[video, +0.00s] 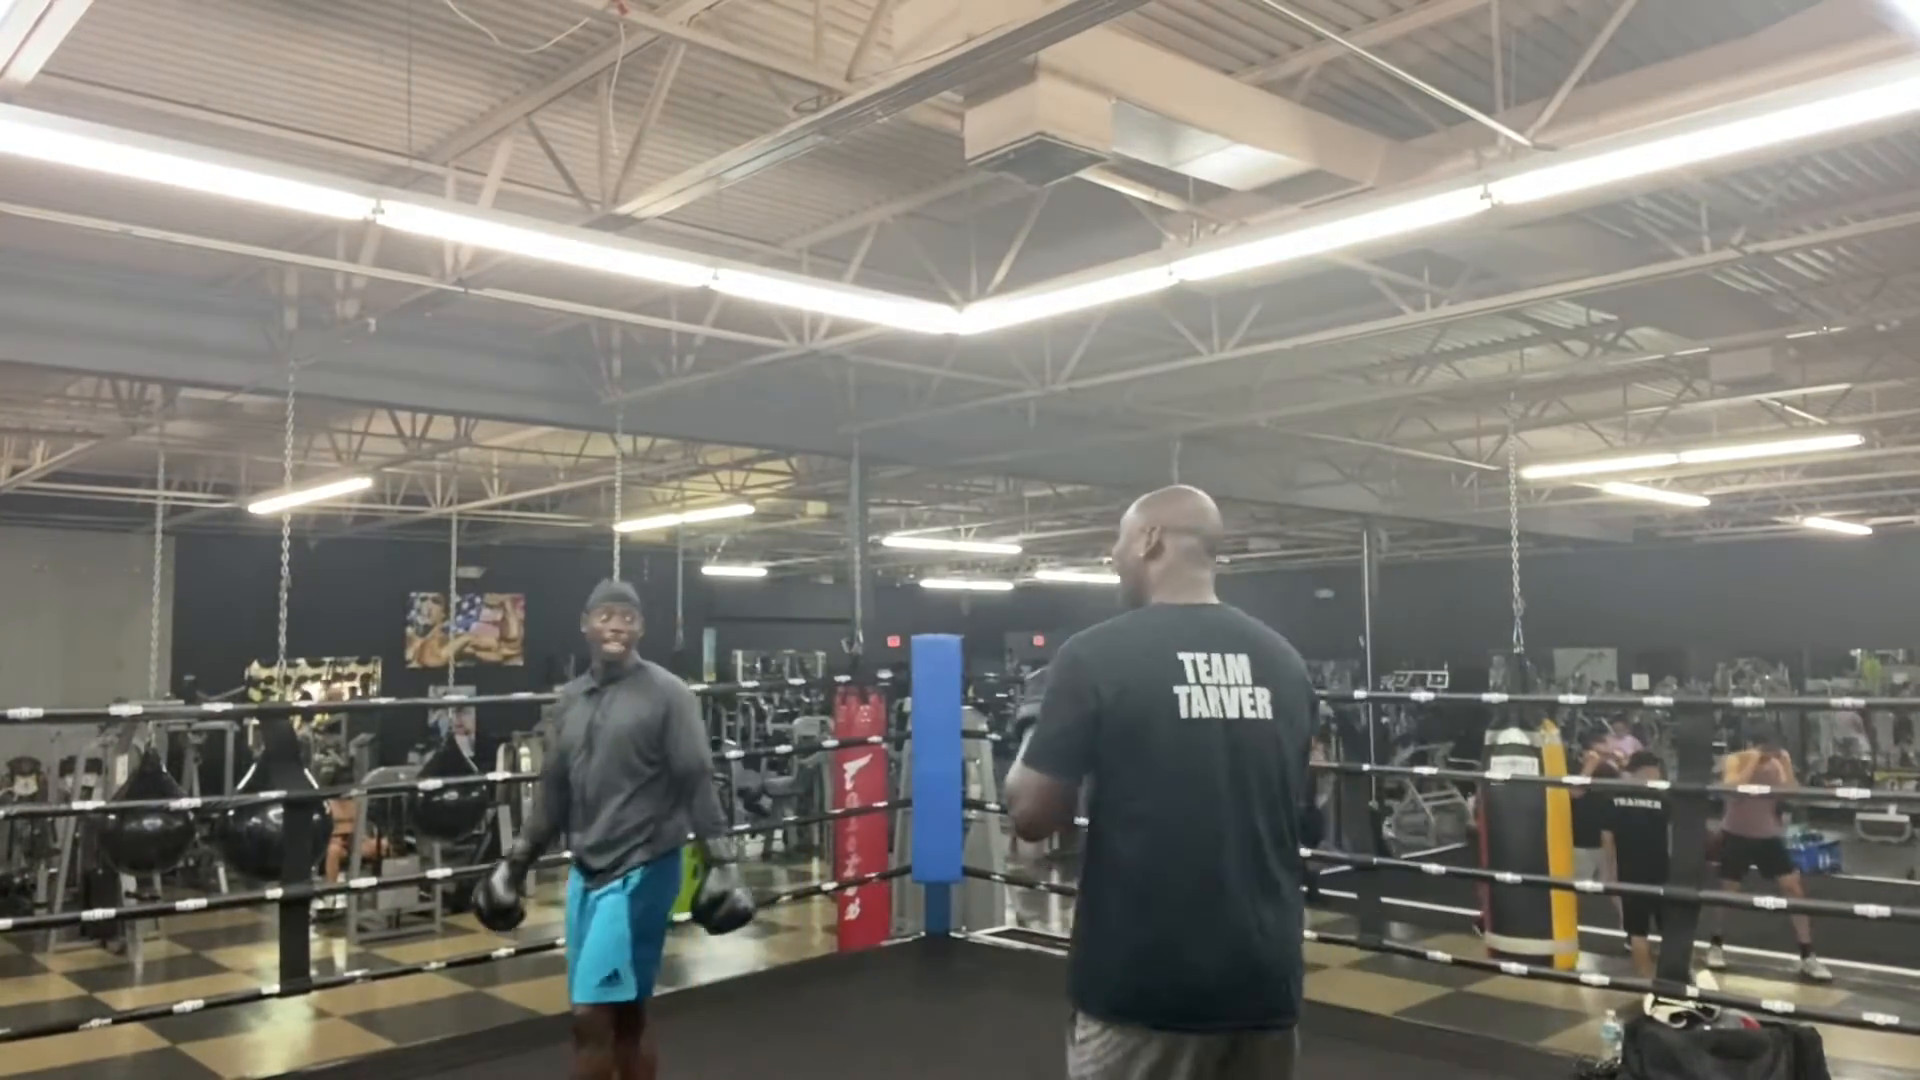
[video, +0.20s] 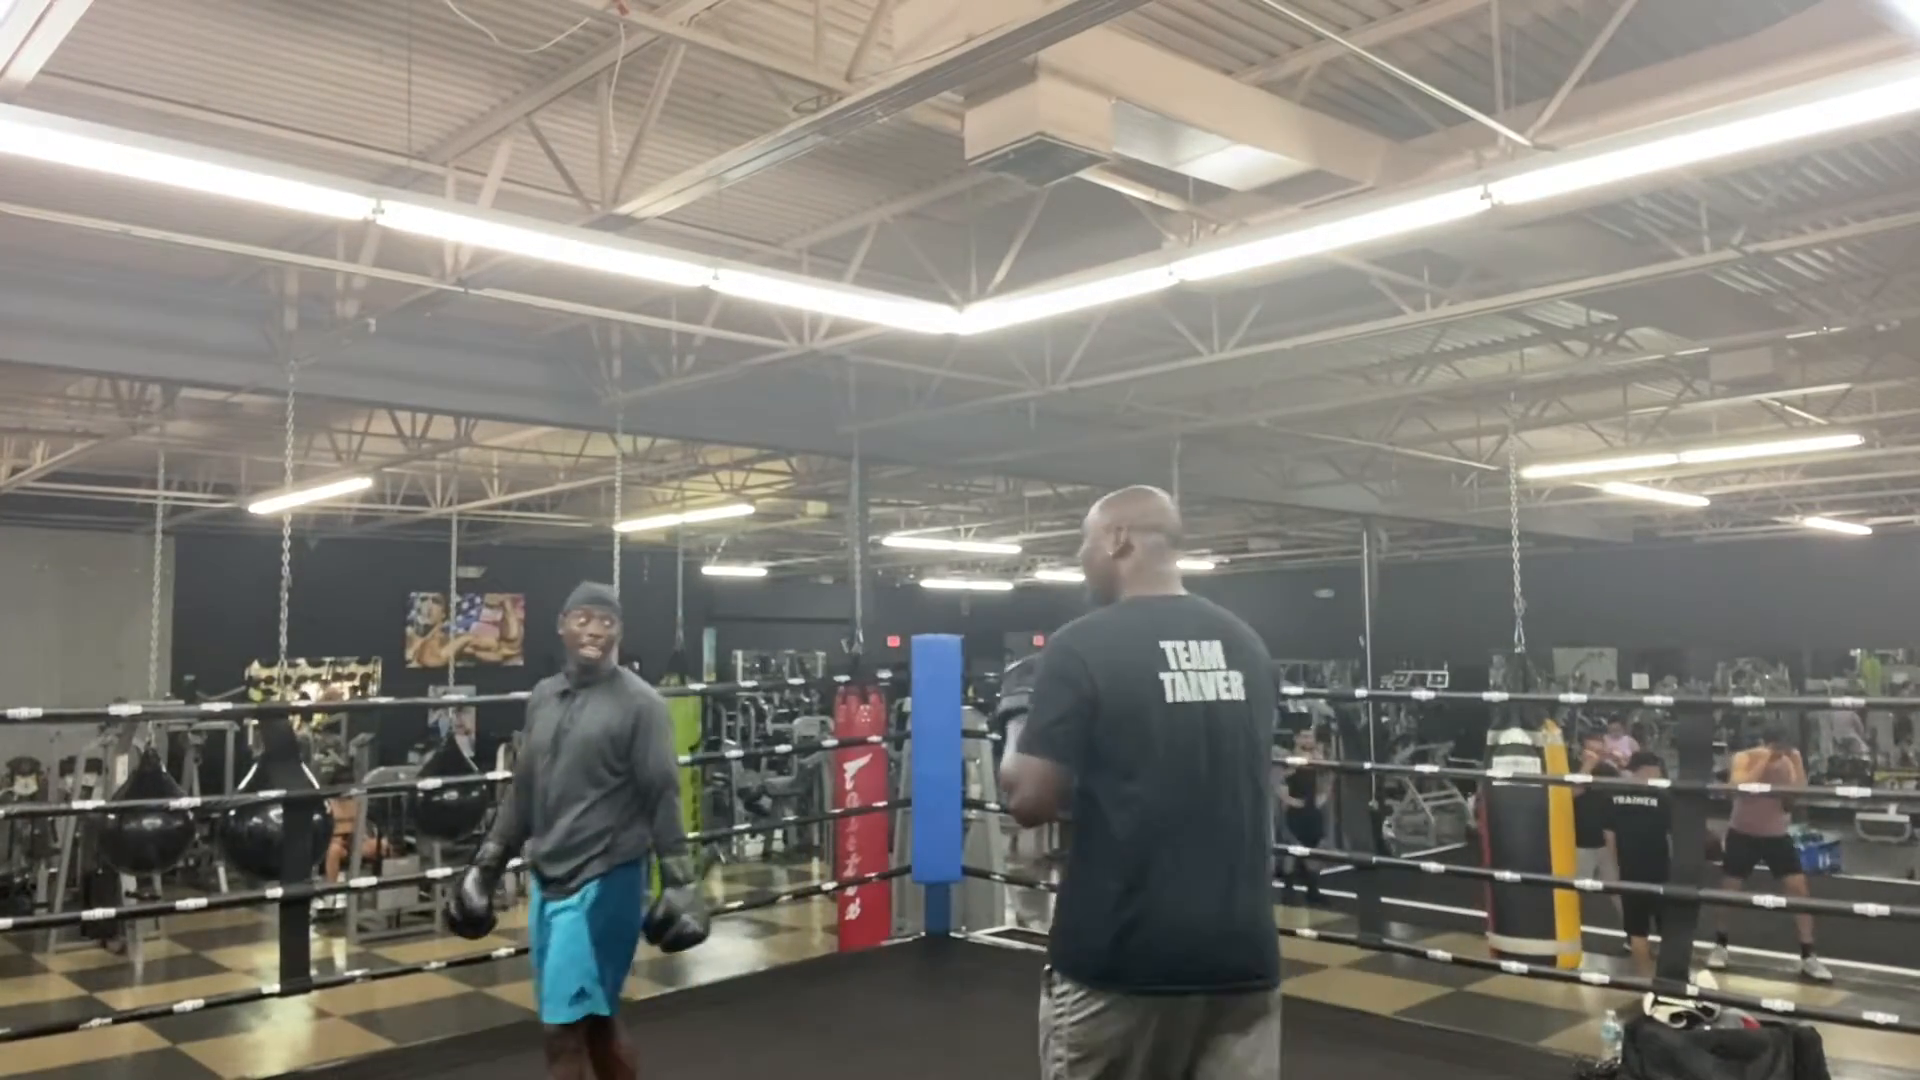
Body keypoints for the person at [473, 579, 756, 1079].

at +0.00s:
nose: (616, 627)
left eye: (627, 617)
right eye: (605, 617)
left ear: (640, 628)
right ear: (586, 627)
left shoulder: (669, 694)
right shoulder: (570, 699)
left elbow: (698, 780)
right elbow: (552, 793)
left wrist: (723, 862)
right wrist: (516, 864)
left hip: (644, 868)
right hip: (588, 869)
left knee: (591, 1014)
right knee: (620, 1020)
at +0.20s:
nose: (595, 631)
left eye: (606, 622)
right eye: (583, 619)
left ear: (619, 633)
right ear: (562, 628)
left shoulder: (641, 704)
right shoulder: (543, 697)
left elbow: (664, 796)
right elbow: (522, 792)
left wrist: (680, 882)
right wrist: (485, 869)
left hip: (606, 879)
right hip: (548, 881)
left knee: (563, 1032)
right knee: (595, 1027)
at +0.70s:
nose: (529, 639)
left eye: (540, 629)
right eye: (516, 626)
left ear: (550, 637)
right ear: (490, 628)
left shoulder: (568, 709)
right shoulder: (467, 687)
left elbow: (558, 817)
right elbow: (447, 786)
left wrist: (506, 902)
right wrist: (417, 868)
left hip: (527, 891)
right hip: (449, 887)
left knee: (524, 1049)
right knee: (413, 1041)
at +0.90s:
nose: (477, 644)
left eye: (489, 632)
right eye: (463, 629)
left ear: (503, 640)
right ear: (440, 635)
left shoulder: (524, 716)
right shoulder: (419, 697)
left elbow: (526, 828)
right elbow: (407, 802)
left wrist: (490, 923)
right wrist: (378, 888)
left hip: (484, 916)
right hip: (407, 913)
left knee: (504, 1062)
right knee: (389, 1064)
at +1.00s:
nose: (435, 645)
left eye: (447, 631)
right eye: (421, 630)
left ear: (463, 638)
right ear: (395, 635)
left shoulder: (490, 716)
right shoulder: (379, 709)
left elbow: (500, 829)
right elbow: (363, 814)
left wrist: (497, 930)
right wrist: (333, 900)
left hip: (445, 926)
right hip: (368, 921)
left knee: (461, 1067)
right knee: (357, 1067)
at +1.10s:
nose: (405, 640)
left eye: (417, 626)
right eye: (391, 626)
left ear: (433, 633)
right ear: (365, 632)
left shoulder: (467, 709)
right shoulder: (346, 709)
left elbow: (494, 815)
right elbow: (328, 814)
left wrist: (496, 918)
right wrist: (296, 909)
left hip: (424, 915)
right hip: (343, 913)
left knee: (417, 1064)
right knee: (334, 1064)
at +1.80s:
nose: (201, 636)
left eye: (221, 620)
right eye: (201, 620)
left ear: (274, 625)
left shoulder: (329, 729)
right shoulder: (204, 712)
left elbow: (342, 857)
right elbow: (172, 832)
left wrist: (335, 972)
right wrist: (128, 929)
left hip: (256, 956)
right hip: (178, 954)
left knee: (231, 1071)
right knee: (161, 1070)